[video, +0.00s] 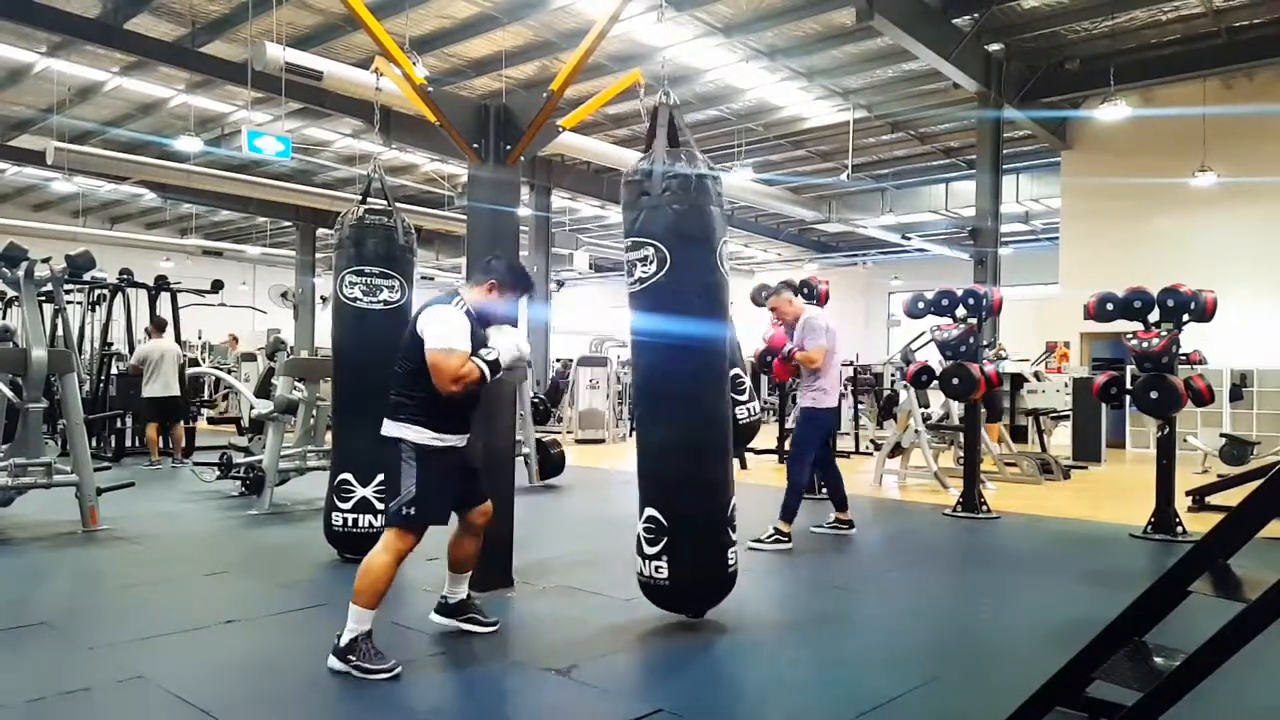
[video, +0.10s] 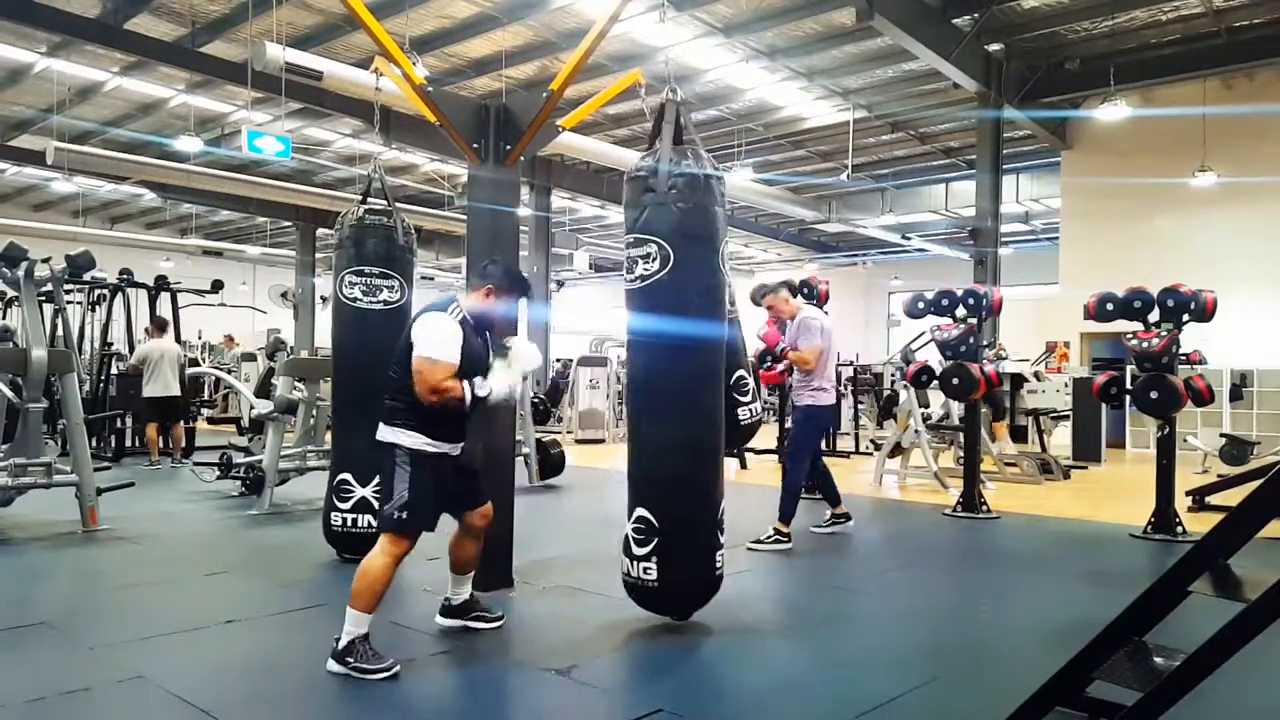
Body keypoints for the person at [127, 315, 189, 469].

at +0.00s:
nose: (149, 329)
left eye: (150, 327)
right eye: (151, 327)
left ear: (151, 329)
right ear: (165, 330)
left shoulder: (144, 348)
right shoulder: (175, 347)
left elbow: (132, 369)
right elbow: (180, 364)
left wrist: (148, 370)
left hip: (151, 393)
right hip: (173, 392)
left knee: (152, 424)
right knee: (176, 424)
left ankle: (154, 459)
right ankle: (177, 457)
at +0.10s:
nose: (150, 330)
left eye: (151, 328)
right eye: (152, 328)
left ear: (152, 329)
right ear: (166, 330)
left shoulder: (145, 348)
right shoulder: (175, 347)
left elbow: (132, 368)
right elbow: (180, 365)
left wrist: (148, 370)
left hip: (151, 392)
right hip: (173, 391)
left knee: (152, 424)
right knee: (176, 424)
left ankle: (154, 459)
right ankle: (177, 457)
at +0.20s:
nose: (151, 331)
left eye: (152, 329)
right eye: (153, 329)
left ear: (153, 329)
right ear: (168, 330)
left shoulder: (145, 348)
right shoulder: (178, 348)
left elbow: (132, 368)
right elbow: (183, 370)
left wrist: (148, 369)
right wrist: (182, 387)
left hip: (152, 393)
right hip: (174, 392)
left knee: (152, 424)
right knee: (176, 424)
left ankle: (154, 459)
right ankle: (177, 457)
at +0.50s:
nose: (165, 332)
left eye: (165, 329)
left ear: (164, 330)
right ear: (178, 331)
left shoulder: (153, 347)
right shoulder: (184, 348)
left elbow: (143, 363)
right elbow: (192, 364)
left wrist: (155, 367)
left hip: (159, 392)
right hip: (180, 391)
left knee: (155, 424)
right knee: (178, 424)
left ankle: (155, 458)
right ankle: (177, 457)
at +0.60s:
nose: (167, 331)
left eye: (168, 328)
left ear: (169, 329)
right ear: (183, 332)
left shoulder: (156, 348)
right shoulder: (189, 349)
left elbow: (147, 364)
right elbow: (198, 369)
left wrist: (159, 369)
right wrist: (198, 390)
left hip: (161, 392)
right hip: (182, 392)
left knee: (156, 424)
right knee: (180, 424)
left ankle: (155, 457)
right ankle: (177, 457)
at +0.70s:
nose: (173, 332)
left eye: (172, 330)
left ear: (173, 331)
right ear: (187, 333)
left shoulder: (159, 348)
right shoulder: (192, 349)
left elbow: (153, 364)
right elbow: (200, 370)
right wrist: (199, 389)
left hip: (164, 392)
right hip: (186, 392)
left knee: (157, 423)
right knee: (182, 424)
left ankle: (155, 454)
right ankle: (178, 457)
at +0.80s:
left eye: (177, 331)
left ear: (176, 331)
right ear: (191, 333)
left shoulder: (163, 348)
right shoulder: (197, 350)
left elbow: (155, 365)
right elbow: (202, 374)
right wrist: (203, 391)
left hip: (168, 393)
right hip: (189, 393)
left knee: (163, 422)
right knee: (184, 424)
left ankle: (158, 450)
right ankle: (177, 457)